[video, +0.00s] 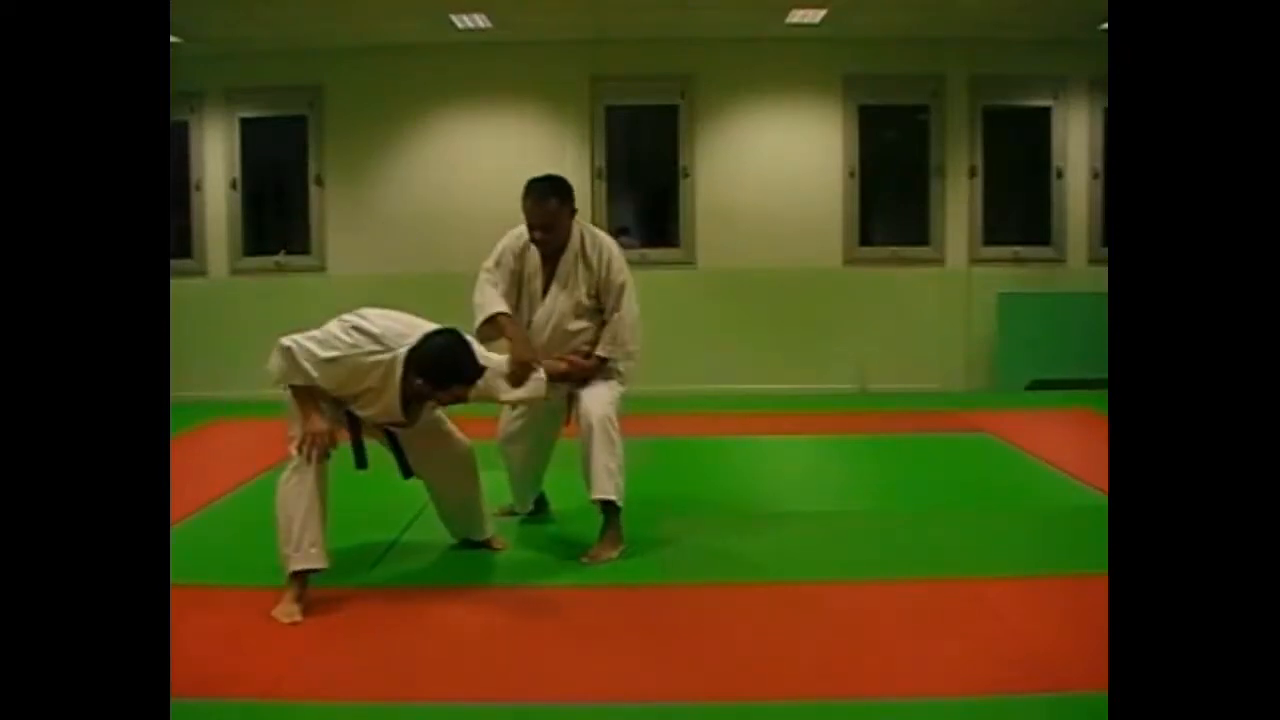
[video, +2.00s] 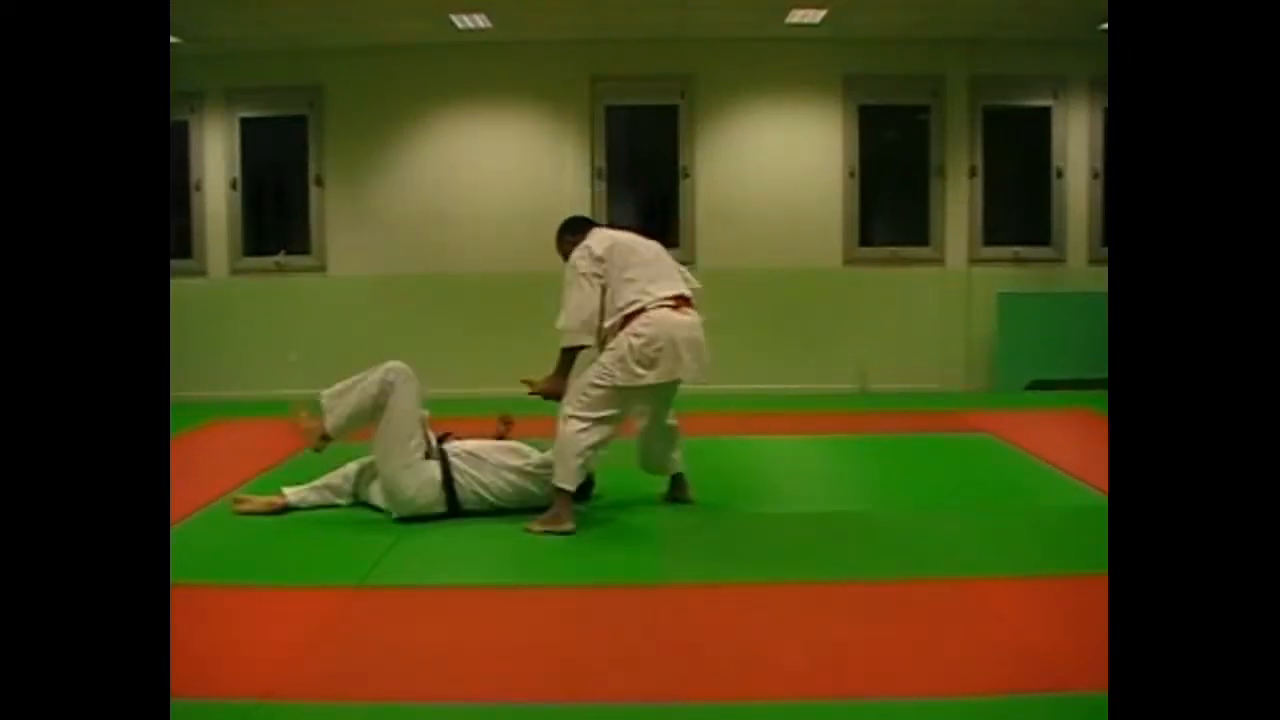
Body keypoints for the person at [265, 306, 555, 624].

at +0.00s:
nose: (463, 401)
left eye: (466, 394)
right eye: (455, 396)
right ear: (423, 384)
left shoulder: (466, 363)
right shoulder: (354, 352)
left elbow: (525, 379)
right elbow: (288, 352)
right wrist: (312, 415)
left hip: (393, 397)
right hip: (330, 395)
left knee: (455, 453)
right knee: (307, 458)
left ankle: (473, 534)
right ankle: (296, 584)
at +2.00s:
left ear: (570, 471)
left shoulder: (550, 475)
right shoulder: (520, 468)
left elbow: (579, 446)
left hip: (427, 483)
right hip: (411, 492)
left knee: (397, 375)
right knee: (357, 475)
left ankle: (326, 424)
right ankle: (282, 501)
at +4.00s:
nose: (501, 406)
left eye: (512, 405)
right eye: (504, 402)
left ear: (533, 414)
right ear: (513, 409)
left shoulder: (533, 453)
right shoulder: (477, 437)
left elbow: (502, 418)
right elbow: (432, 425)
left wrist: (456, 386)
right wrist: (397, 413)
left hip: (443, 499)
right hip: (416, 488)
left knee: (381, 428)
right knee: (340, 475)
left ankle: (276, 459)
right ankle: (228, 477)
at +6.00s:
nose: (331, 124)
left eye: (328, 114)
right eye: (324, 115)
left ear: (293, 123)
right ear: (302, 122)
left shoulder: (291, 173)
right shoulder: (277, 178)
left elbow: (282, 263)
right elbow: (273, 265)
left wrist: (330, 301)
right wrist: (324, 302)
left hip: (291, 330)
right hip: (295, 334)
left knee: (305, 449)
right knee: (358, 448)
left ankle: (243, 547)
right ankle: (393, 567)